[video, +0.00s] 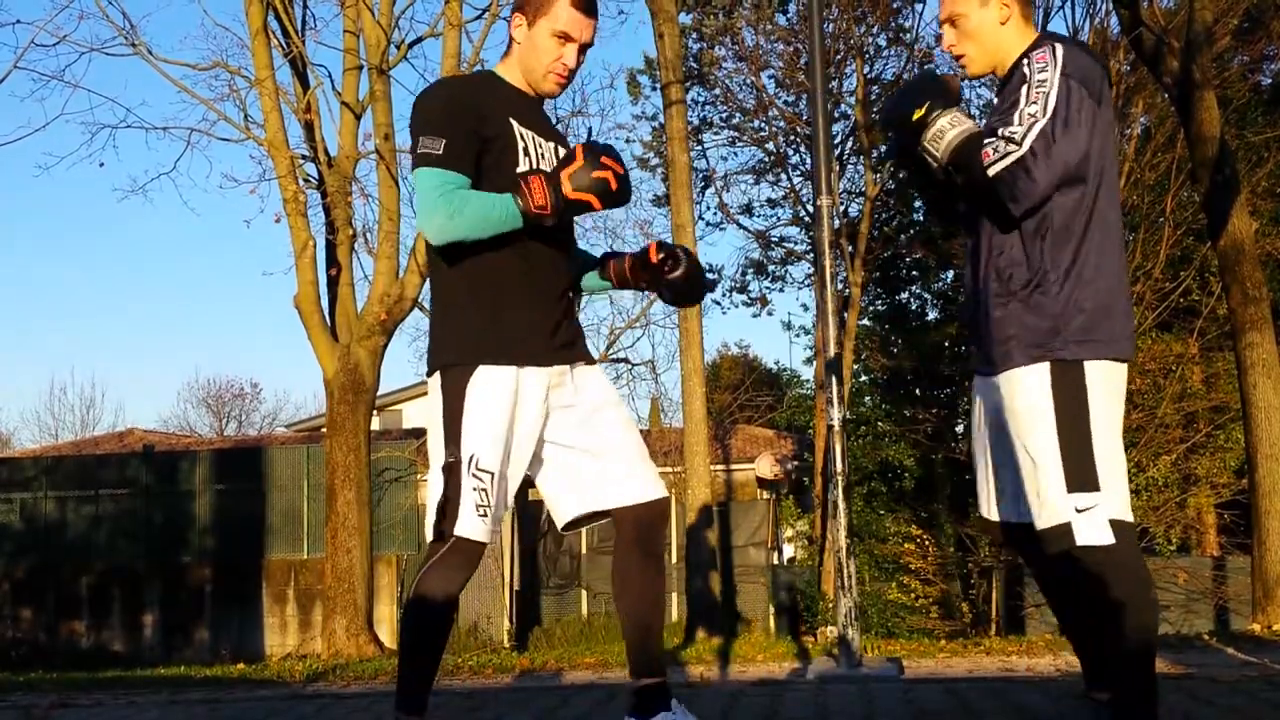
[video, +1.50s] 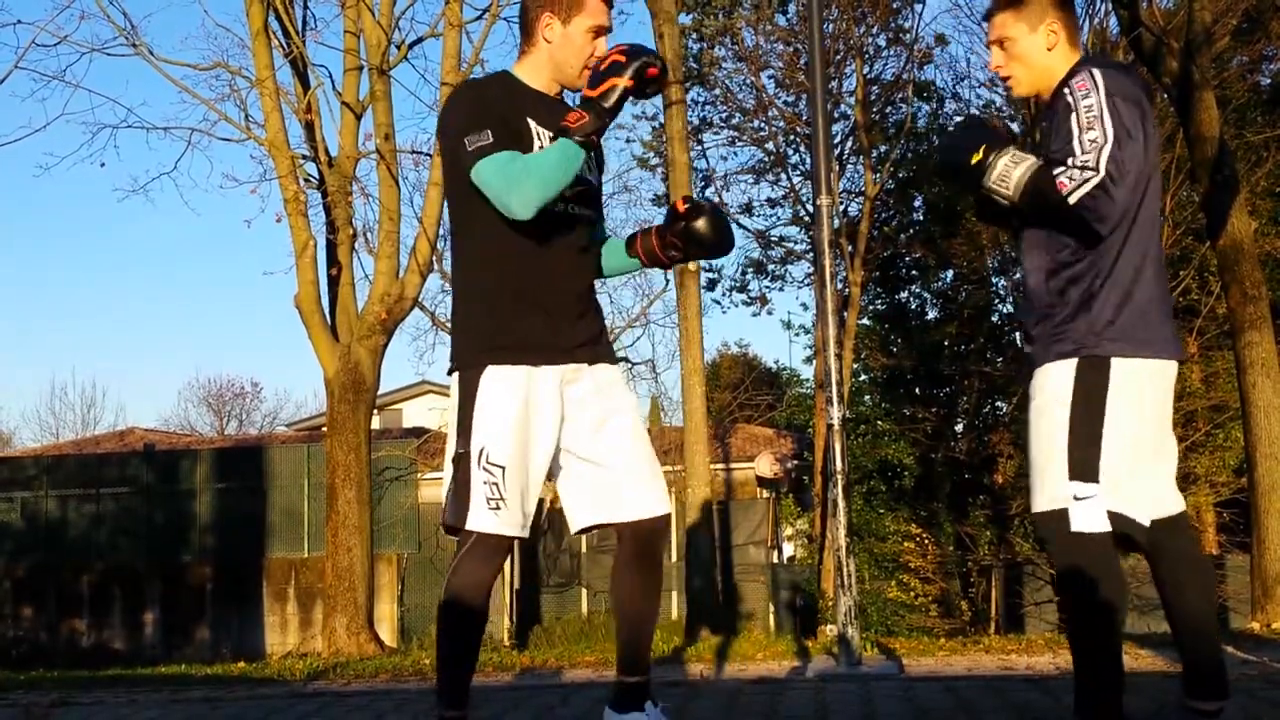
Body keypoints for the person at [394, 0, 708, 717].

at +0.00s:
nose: (572, 60)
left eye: (582, 48)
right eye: (563, 40)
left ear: (584, 50)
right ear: (520, 25)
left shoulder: (556, 137)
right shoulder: (452, 100)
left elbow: (554, 261)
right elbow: (437, 215)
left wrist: (627, 270)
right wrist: (541, 197)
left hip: (565, 358)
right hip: (484, 357)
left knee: (642, 506)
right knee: (463, 537)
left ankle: (652, 702)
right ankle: (408, 715)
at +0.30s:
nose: (643, 62)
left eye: (647, 47)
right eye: (633, 43)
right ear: (583, 33)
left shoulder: (626, 146)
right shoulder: (508, 108)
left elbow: (686, 243)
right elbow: (473, 222)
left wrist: (770, 202)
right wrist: (585, 212)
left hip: (628, 364)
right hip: (541, 361)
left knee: (676, 529)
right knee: (509, 537)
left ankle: (699, 712)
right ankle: (421, 707)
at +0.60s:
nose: (714, 57)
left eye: (718, 43)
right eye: (707, 38)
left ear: (682, 38)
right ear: (659, 27)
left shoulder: (695, 139)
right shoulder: (571, 98)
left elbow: (774, 208)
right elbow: (508, 208)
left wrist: (878, 195)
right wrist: (609, 210)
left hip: (671, 358)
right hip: (585, 352)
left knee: (684, 531)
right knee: (578, 521)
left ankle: (699, 709)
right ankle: (525, 703)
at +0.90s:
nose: (705, 47)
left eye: (707, 31)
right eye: (697, 28)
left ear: (659, 26)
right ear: (647, 20)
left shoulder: (688, 130)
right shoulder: (563, 98)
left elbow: (748, 221)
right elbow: (528, 214)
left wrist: (831, 210)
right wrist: (634, 189)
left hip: (672, 355)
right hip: (585, 351)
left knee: (688, 531)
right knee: (556, 527)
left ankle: (700, 708)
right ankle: (472, 702)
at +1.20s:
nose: (635, 54)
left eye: (638, 39)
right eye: (627, 37)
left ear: (587, 34)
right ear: (578, 31)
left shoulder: (608, 137)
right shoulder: (497, 113)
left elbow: (607, 258)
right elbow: (493, 232)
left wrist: (676, 268)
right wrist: (607, 203)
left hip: (613, 362)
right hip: (530, 361)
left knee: (671, 526)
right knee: (513, 535)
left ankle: (701, 708)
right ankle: (455, 710)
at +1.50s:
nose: (604, 44)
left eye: (606, 31)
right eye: (595, 28)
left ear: (561, 30)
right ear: (548, 26)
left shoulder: (578, 123)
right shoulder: (476, 100)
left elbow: (578, 256)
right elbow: (516, 195)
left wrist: (648, 246)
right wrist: (591, 121)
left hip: (586, 354)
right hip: (504, 354)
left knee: (645, 516)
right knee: (491, 532)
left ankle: (631, 700)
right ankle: (451, 712)